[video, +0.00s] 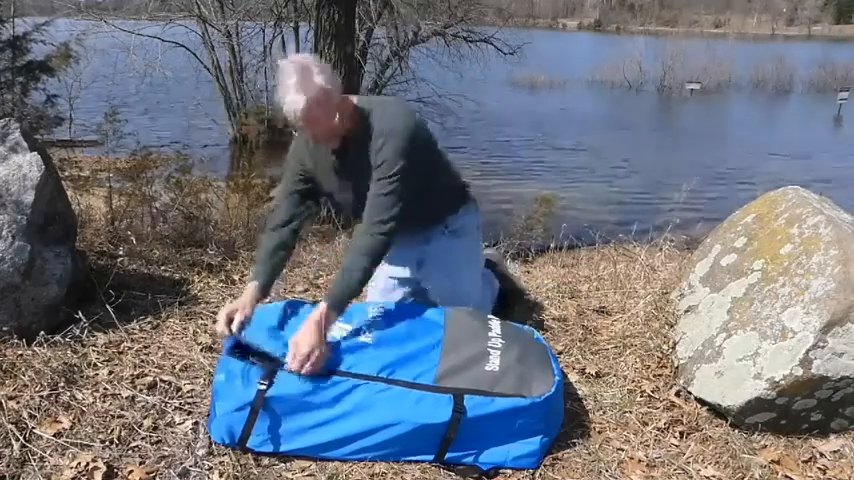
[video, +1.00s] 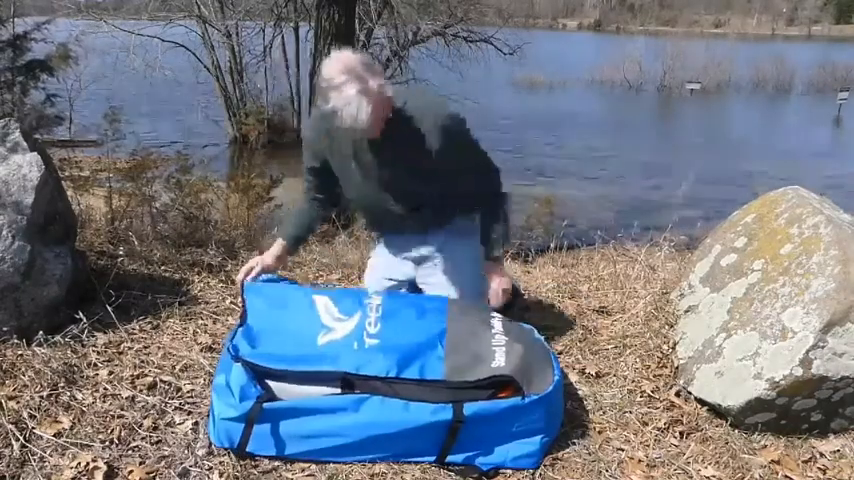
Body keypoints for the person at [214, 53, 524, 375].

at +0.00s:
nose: (309, 134)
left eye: (313, 122)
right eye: (301, 125)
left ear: (338, 104)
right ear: (297, 120)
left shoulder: (394, 128)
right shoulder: (306, 146)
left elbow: (376, 231)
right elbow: (283, 223)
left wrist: (323, 318)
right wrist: (251, 296)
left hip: (448, 230)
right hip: (390, 236)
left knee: (462, 333)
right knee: (369, 336)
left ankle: (491, 280)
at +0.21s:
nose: (403, 145)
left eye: (410, 131)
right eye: (390, 137)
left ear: (418, 107)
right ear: (364, 121)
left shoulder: (456, 142)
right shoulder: (344, 141)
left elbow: (501, 236)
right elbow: (300, 213)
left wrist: (538, 332)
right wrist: (260, 285)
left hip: (461, 246)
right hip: (400, 246)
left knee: (465, 349)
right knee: (382, 340)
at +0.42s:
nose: (350, 134)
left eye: (357, 125)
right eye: (345, 126)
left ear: (391, 107)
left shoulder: (458, 132)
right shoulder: (344, 132)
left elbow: (474, 219)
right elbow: (312, 196)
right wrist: (265, 261)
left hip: (456, 243)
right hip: (397, 242)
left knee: (458, 348)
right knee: (376, 339)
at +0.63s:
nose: (294, 137)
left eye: (299, 128)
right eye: (290, 130)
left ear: (331, 110)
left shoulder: (400, 134)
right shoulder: (315, 128)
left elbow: (374, 227)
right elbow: (299, 197)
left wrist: (317, 267)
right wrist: (263, 257)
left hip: (447, 226)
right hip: (388, 231)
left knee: (458, 330)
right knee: (377, 333)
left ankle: (486, 286)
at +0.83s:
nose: (312, 128)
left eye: (316, 117)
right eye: (306, 120)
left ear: (338, 96)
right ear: (301, 111)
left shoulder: (399, 127)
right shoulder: (312, 130)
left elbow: (393, 223)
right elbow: (304, 196)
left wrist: (339, 269)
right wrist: (268, 251)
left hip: (445, 228)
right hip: (389, 232)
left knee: (461, 325)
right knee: (373, 332)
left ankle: (484, 285)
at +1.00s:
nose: (366, 128)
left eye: (369, 117)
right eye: (354, 121)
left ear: (383, 92)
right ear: (335, 109)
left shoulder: (433, 122)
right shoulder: (321, 129)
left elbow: (489, 187)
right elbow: (319, 197)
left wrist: (495, 267)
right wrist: (275, 255)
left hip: (452, 236)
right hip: (390, 242)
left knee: (457, 350)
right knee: (371, 341)